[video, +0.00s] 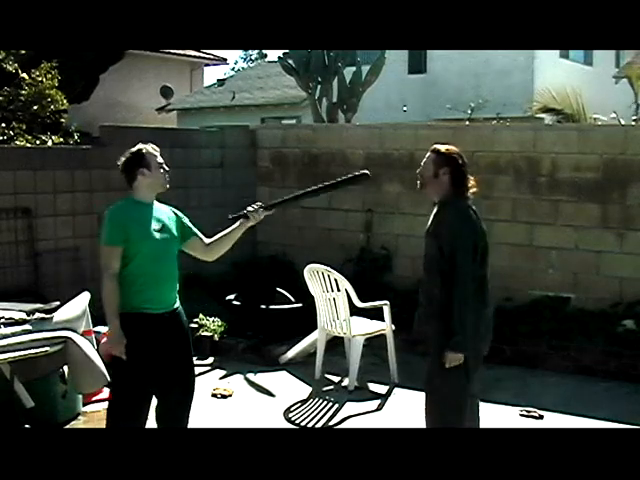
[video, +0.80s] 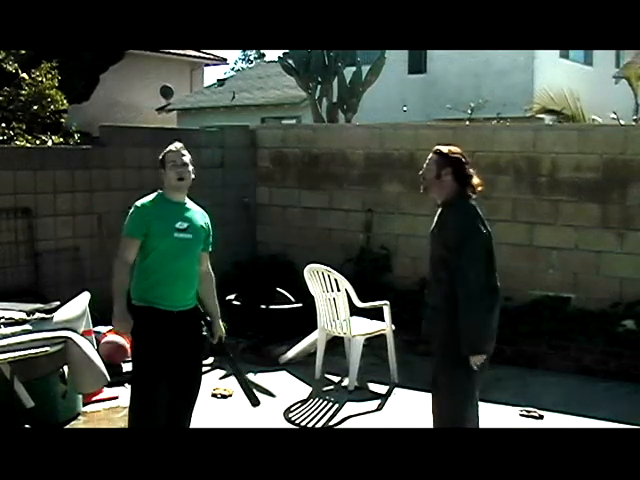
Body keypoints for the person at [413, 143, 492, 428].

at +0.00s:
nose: (419, 174)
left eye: (425, 168)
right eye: (421, 167)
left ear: (443, 176)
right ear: (443, 176)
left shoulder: (458, 219)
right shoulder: (447, 213)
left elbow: (463, 285)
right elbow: (451, 281)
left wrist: (457, 343)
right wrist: (441, 334)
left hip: (454, 338)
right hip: (445, 333)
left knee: (446, 414)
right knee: (452, 411)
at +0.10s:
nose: (419, 174)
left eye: (425, 169)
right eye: (421, 168)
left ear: (444, 176)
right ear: (444, 177)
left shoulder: (453, 219)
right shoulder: (452, 213)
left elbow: (451, 285)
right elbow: (447, 281)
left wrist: (437, 342)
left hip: (459, 332)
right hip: (459, 329)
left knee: (447, 411)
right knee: (457, 409)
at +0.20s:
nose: (420, 179)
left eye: (426, 173)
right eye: (421, 172)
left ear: (446, 176)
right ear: (444, 176)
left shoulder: (455, 216)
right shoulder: (451, 211)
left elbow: (442, 278)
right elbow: (446, 269)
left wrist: (408, 318)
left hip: (458, 323)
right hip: (455, 318)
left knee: (446, 399)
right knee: (451, 396)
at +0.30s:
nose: (422, 179)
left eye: (428, 173)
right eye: (424, 173)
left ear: (447, 177)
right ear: (447, 178)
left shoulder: (457, 215)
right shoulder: (454, 211)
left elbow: (434, 262)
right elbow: (439, 251)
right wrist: (409, 248)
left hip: (455, 327)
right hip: (455, 323)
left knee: (444, 402)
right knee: (455, 398)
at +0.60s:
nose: (425, 178)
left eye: (431, 172)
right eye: (427, 171)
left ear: (450, 176)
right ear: (449, 177)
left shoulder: (459, 215)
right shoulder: (457, 211)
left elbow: (443, 274)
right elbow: (440, 269)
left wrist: (394, 298)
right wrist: (409, 279)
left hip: (460, 327)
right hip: (458, 323)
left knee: (449, 402)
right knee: (457, 399)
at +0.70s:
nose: (424, 178)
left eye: (430, 172)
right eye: (425, 171)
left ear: (449, 177)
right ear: (448, 177)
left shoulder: (458, 218)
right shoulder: (456, 213)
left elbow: (451, 284)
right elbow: (447, 281)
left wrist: (431, 337)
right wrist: (431, 330)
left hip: (460, 336)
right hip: (458, 333)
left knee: (452, 415)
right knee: (456, 413)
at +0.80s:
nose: (422, 181)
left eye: (427, 174)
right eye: (423, 174)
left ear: (447, 177)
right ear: (445, 178)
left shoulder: (466, 221)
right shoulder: (448, 215)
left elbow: (478, 287)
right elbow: (453, 281)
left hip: (460, 338)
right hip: (446, 334)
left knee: (455, 413)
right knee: (448, 410)